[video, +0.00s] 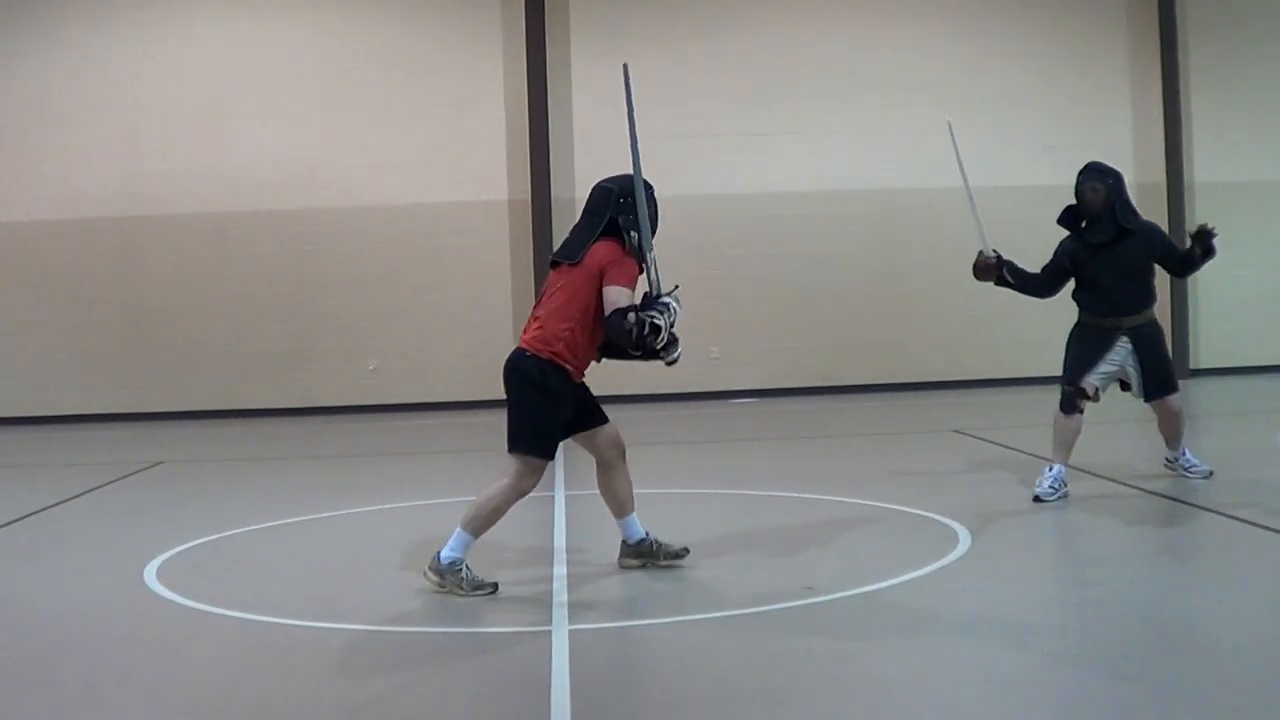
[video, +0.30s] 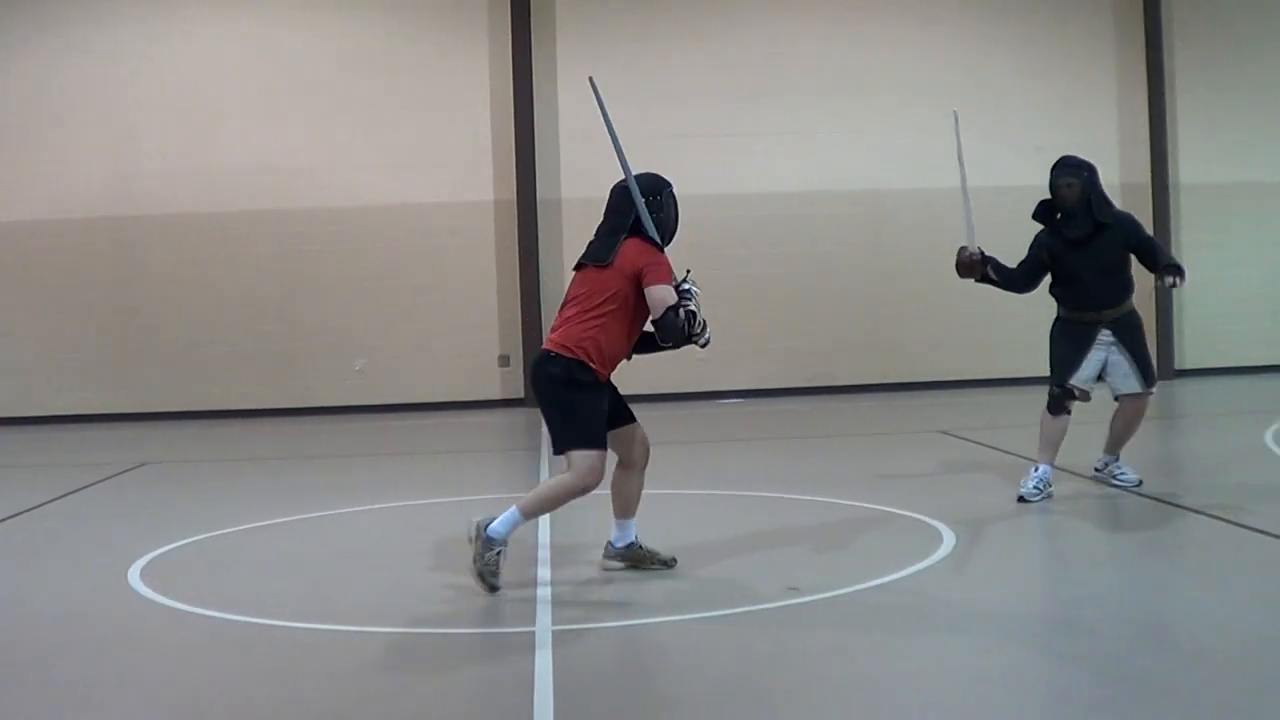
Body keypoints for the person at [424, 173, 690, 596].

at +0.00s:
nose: (650, 229)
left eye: (650, 218)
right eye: (648, 218)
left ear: (605, 213)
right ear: (632, 217)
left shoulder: (576, 251)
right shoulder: (618, 256)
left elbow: (596, 341)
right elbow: (622, 328)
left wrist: (653, 346)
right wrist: (659, 315)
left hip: (556, 374)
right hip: (541, 372)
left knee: (610, 449)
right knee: (523, 477)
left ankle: (635, 541)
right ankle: (448, 560)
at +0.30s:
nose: (674, 216)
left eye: (671, 206)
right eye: (670, 207)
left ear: (625, 210)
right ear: (657, 210)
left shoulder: (602, 252)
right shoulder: (646, 253)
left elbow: (618, 341)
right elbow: (673, 327)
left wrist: (677, 336)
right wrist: (687, 304)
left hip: (583, 371)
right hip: (569, 370)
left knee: (634, 450)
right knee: (586, 474)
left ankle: (622, 544)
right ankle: (493, 532)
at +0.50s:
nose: (691, 207)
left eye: (690, 196)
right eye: (688, 197)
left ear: (640, 195)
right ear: (674, 198)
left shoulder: (613, 238)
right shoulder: (662, 244)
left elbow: (615, 324)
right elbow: (679, 319)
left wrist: (671, 331)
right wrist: (693, 296)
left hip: (578, 355)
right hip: (582, 357)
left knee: (623, 452)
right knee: (610, 457)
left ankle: (614, 544)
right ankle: (563, 565)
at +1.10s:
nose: (680, 175)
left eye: (676, 164)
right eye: (676, 165)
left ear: (620, 169)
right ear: (665, 170)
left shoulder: (601, 221)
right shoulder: (663, 225)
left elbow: (599, 294)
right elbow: (666, 306)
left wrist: (660, 309)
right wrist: (676, 320)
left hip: (573, 353)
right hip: (601, 361)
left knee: (638, 459)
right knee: (580, 476)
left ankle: (681, 559)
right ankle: (539, 588)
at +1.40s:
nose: (699, 197)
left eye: (697, 188)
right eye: (696, 188)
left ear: (643, 192)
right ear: (685, 190)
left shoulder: (625, 236)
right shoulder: (686, 234)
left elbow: (619, 318)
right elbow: (696, 307)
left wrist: (673, 353)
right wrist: (714, 319)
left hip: (595, 360)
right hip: (620, 364)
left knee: (671, 452)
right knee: (655, 473)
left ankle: (665, 569)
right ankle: (558, 551)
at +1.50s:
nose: (714, 197)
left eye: (711, 188)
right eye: (711, 188)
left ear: (655, 188)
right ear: (700, 189)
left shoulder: (638, 232)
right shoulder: (699, 230)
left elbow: (629, 317)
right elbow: (711, 301)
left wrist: (686, 352)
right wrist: (728, 315)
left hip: (606, 357)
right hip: (638, 359)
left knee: (673, 466)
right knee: (683, 470)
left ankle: (661, 566)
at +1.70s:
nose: (750, 227)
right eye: (747, 219)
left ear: (694, 220)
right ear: (741, 222)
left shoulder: (674, 267)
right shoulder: (746, 270)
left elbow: (679, 335)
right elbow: (755, 331)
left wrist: (735, 359)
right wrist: (776, 324)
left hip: (636, 391)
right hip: (683, 394)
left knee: (693, 468)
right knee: (732, 507)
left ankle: (723, 548)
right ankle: (667, 595)